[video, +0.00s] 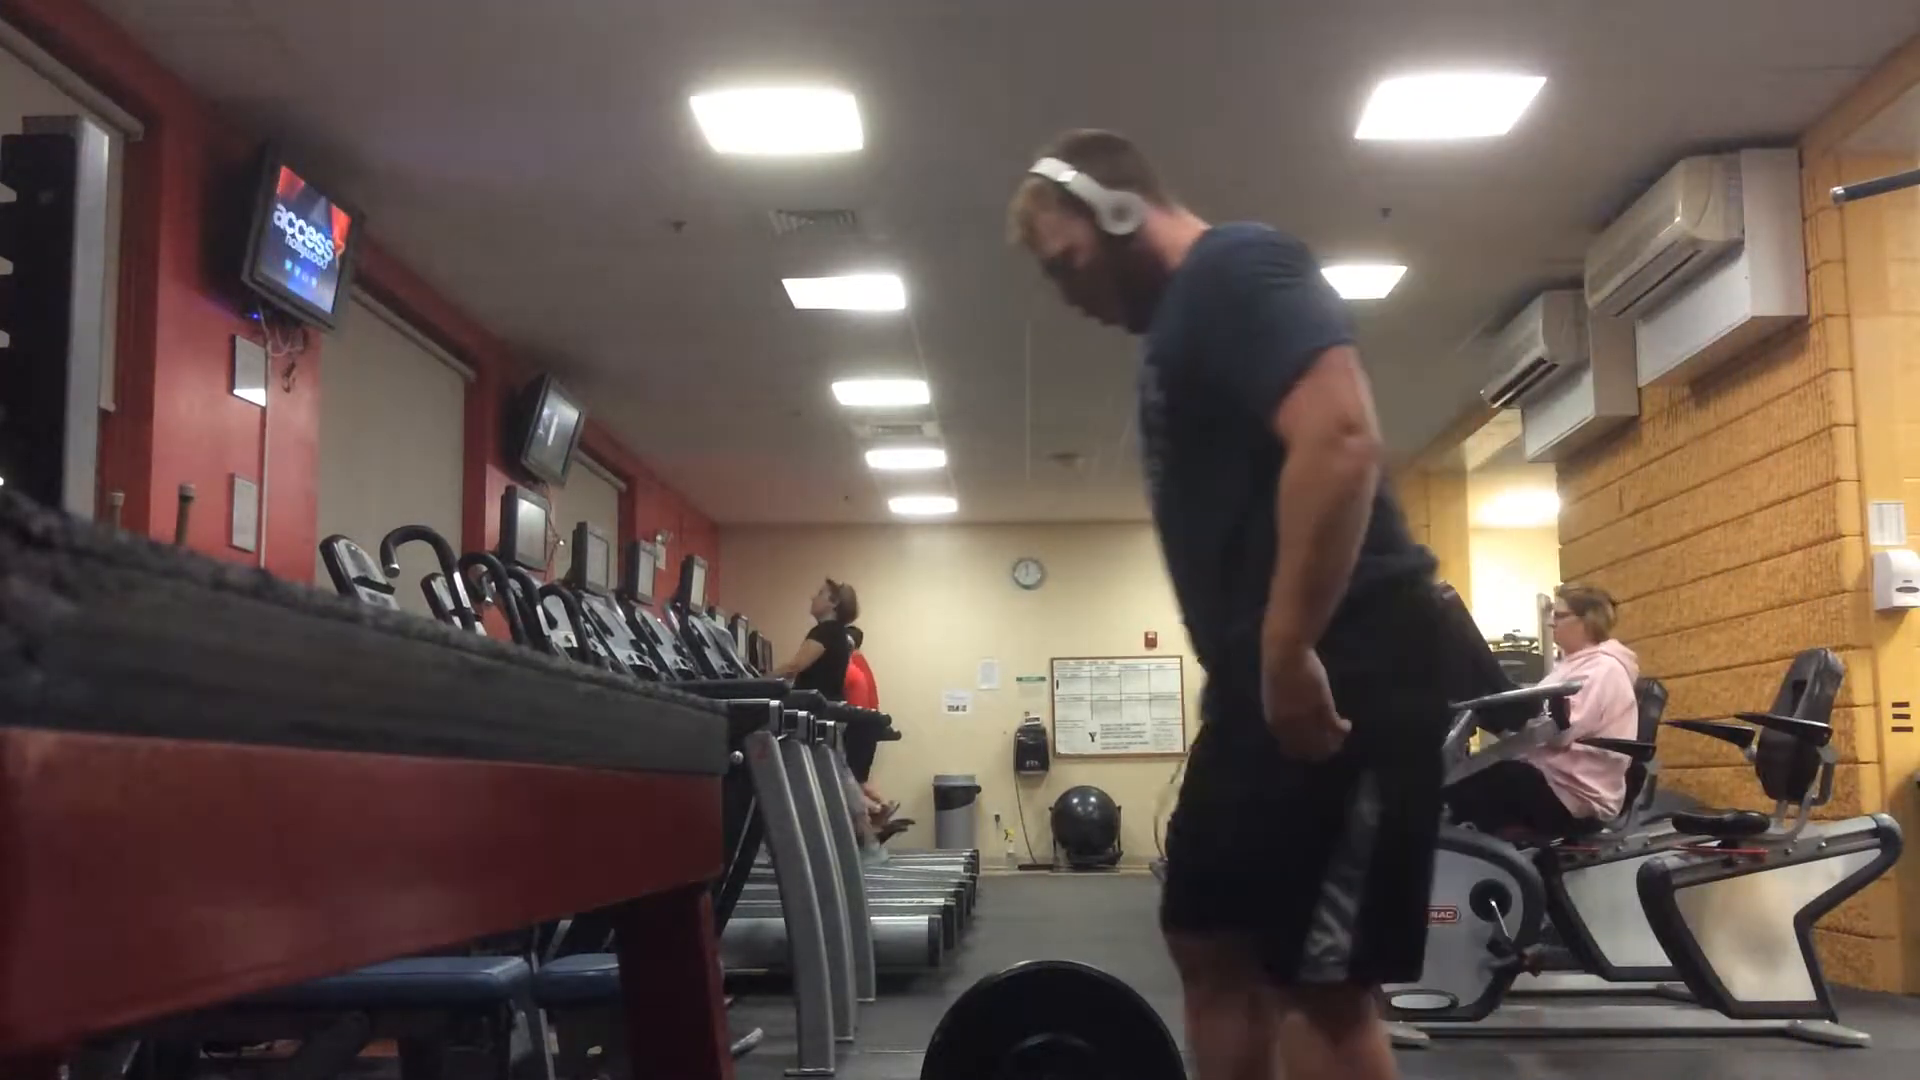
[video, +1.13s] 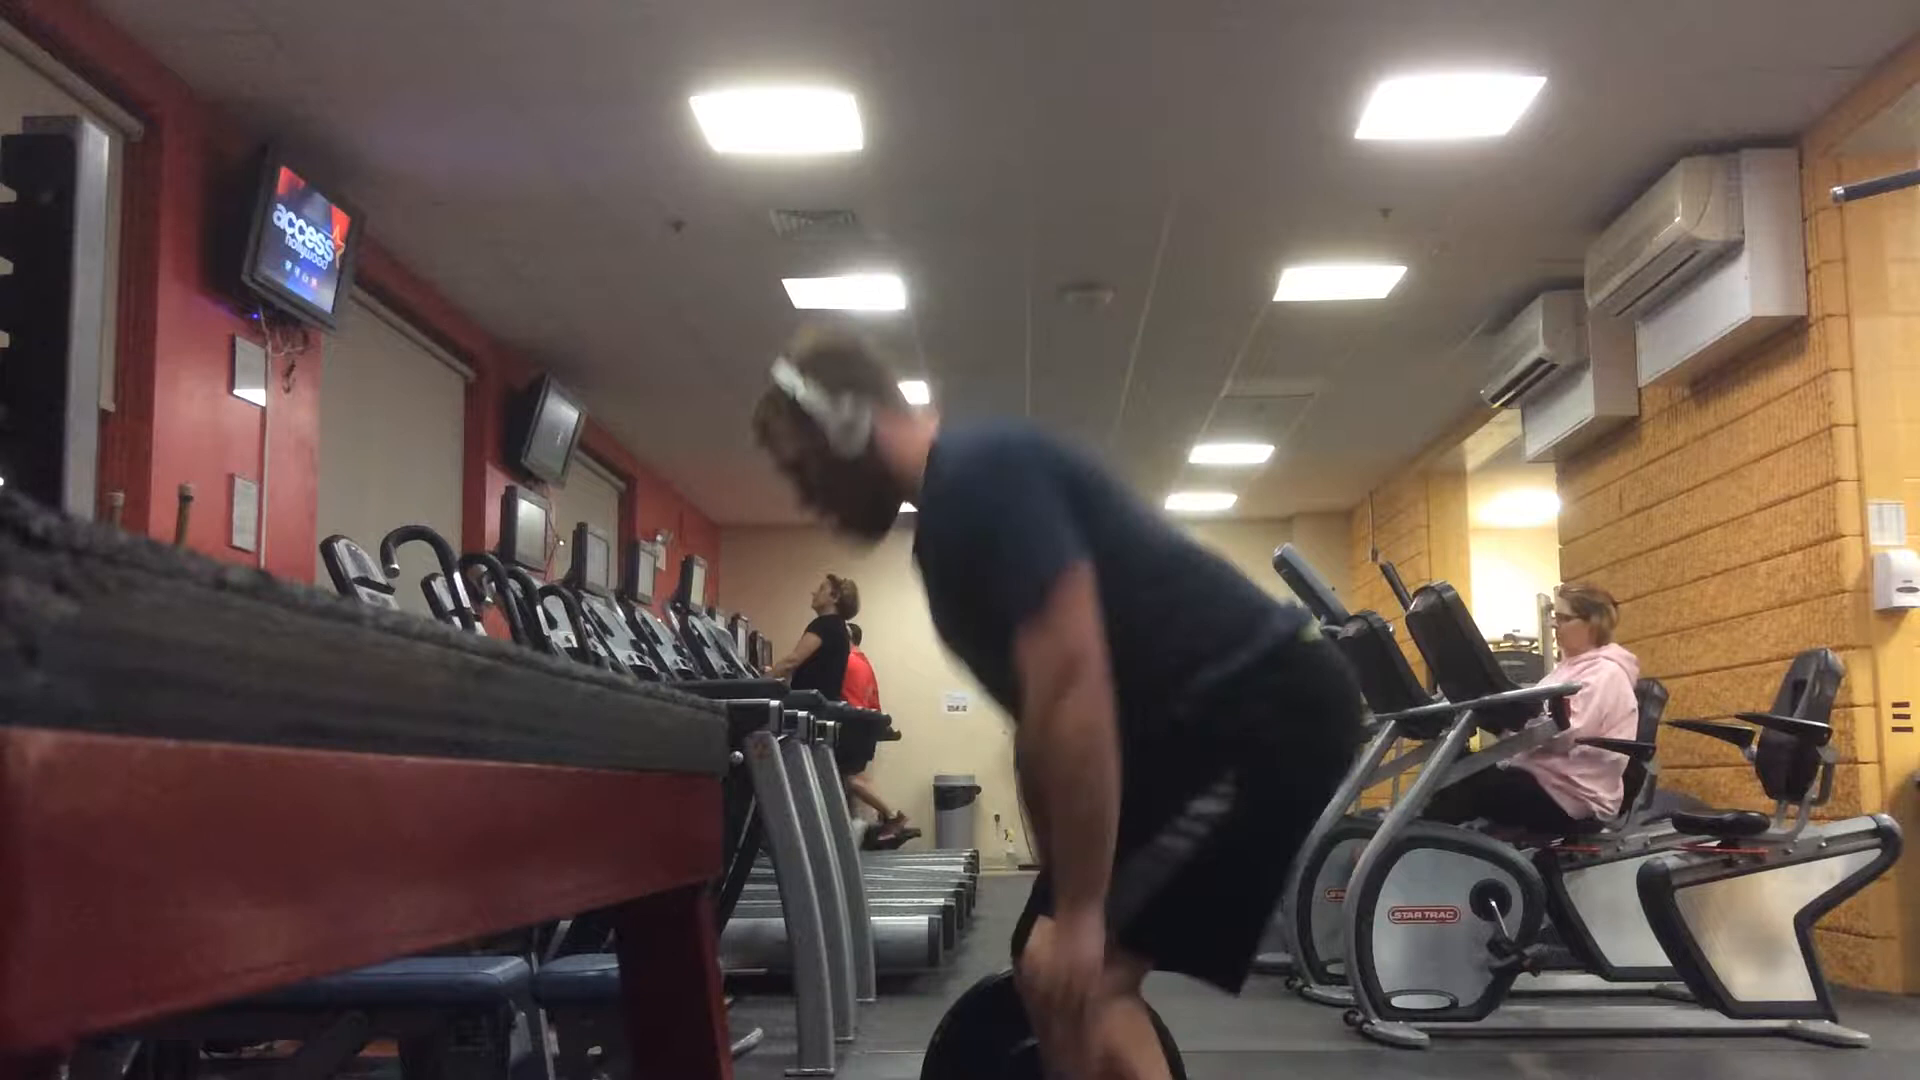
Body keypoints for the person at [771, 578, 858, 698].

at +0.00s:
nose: (813, 598)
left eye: (820, 594)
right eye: (818, 593)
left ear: (834, 603)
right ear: (833, 602)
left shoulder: (825, 631)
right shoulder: (839, 632)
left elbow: (796, 666)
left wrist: (766, 678)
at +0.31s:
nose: (814, 591)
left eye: (821, 587)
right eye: (819, 587)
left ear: (833, 597)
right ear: (833, 597)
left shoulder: (824, 623)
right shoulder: (841, 626)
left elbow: (793, 659)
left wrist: (768, 681)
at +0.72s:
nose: (811, 591)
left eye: (818, 588)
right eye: (815, 587)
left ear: (829, 597)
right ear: (829, 597)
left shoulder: (820, 623)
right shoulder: (838, 623)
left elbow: (796, 661)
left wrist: (769, 679)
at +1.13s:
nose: (814, 593)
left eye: (821, 589)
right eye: (819, 588)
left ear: (835, 598)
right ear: (835, 598)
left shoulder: (823, 624)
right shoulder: (840, 627)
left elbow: (795, 660)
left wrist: (772, 673)